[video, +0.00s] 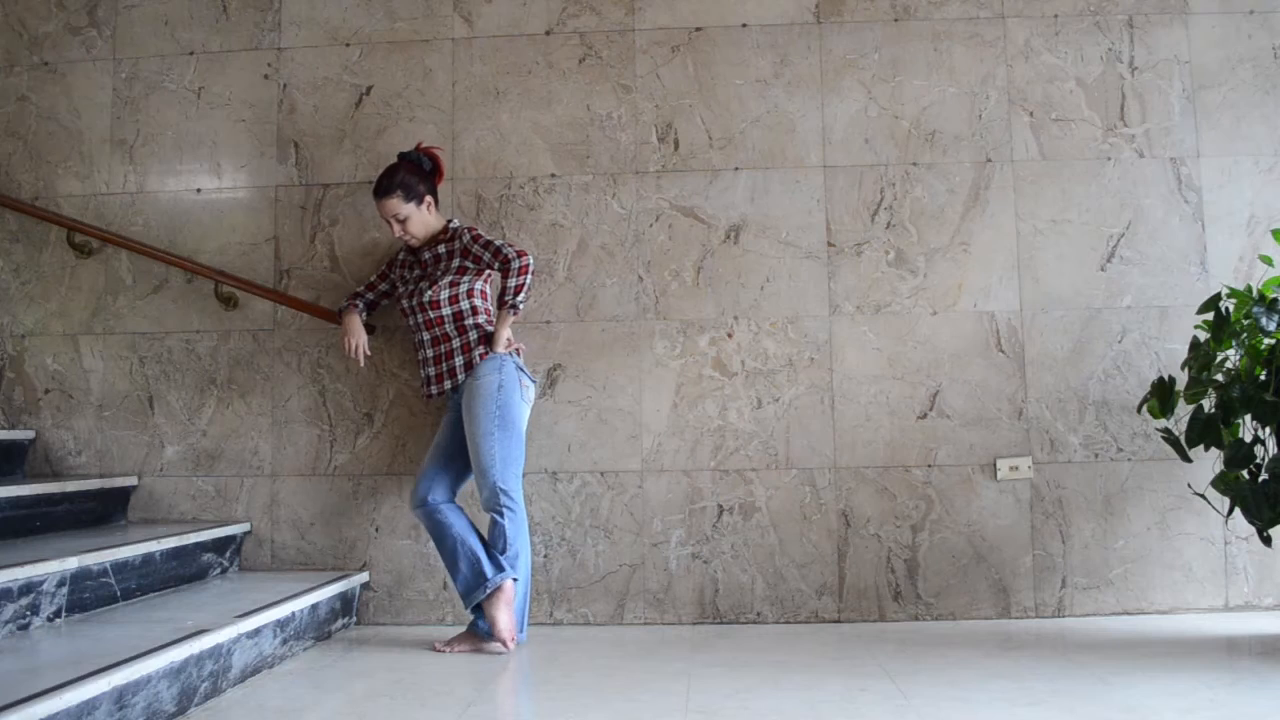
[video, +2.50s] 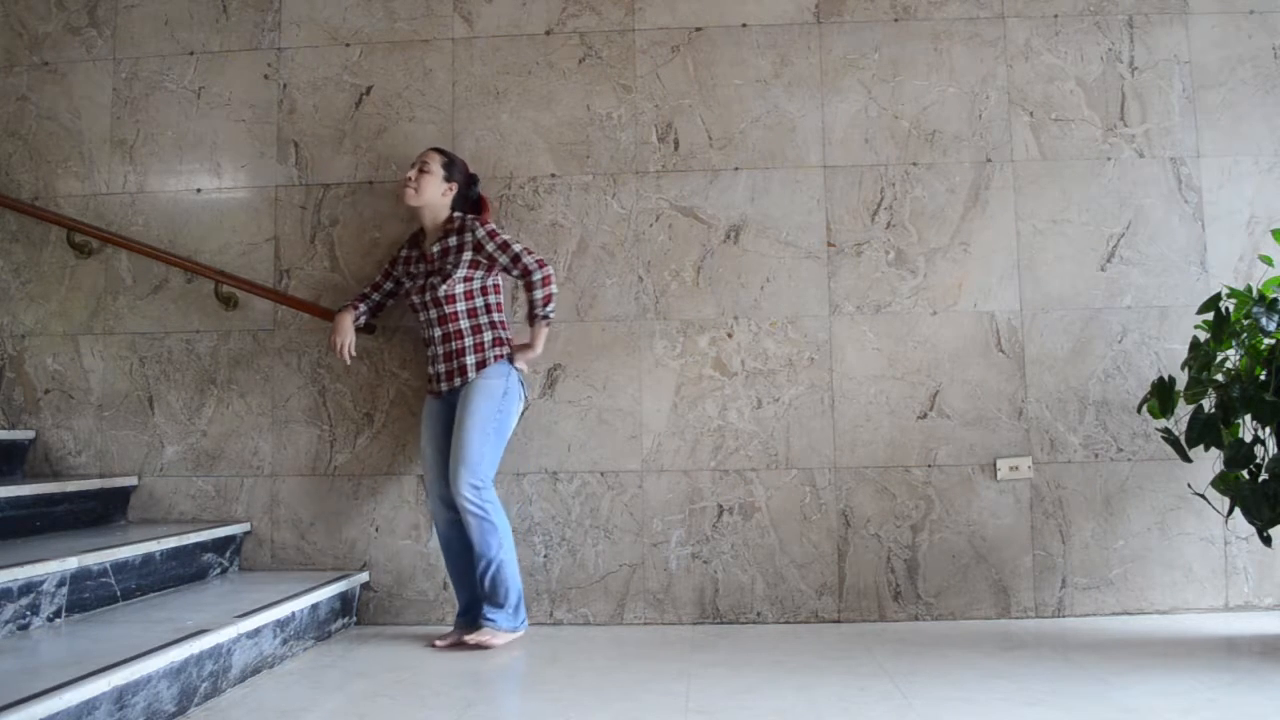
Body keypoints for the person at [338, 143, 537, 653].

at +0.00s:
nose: (397, 231)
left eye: (400, 219)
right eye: (389, 223)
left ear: (428, 202)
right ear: (391, 218)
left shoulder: (464, 239)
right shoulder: (405, 262)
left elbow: (517, 261)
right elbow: (364, 297)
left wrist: (505, 322)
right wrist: (352, 316)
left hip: (493, 371)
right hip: (460, 392)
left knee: (500, 492)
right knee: (430, 496)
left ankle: (499, 628)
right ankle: (494, 591)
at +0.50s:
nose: (395, 226)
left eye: (399, 213)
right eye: (388, 218)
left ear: (430, 200)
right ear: (388, 219)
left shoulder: (465, 239)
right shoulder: (402, 263)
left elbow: (523, 260)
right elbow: (363, 298)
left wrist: (511, 324)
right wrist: (351, 316)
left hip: (498, 372)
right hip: (461, 396)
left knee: (502, 493)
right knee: (423, 491)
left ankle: (496, 628)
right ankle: (489, 586)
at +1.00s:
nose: (391, 208)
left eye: (398, 197)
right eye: (388, 198)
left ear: (433, 195)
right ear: (410, 199)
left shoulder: (467, 238)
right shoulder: (405, 260)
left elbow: (525, 260)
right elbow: (368, 296)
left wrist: (516, 328)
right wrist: (347, 316)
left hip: (498, 375)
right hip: (461, 395)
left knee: (503, 496)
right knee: (410, 470)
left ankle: (503, 627)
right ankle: (462, 588)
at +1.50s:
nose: (400, 193)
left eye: (412, 186)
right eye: (404, 184)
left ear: (443, 201)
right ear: (430, 200)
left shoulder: (468, 243)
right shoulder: (407, 262)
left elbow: (524, 261)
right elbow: (368, 296)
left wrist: (516, 325)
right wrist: (349, 315)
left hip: (499, 373)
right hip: (460, 395)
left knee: (505, 495)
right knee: (435, 494)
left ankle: (502, 627)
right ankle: (473, 618)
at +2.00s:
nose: (408, 169)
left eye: (422, 166)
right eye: (413, 163)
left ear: (447, 189)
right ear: (421, 187)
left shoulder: (460, 228)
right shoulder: (405, 252)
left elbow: (503, 259)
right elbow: (376, 290)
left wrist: (503, 326)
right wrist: (350, 314)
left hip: (487, 365)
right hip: (448, 381)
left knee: (486, 490)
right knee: (448, 497)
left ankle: (499, 623)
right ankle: (474, 618)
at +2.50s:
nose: (409, 175)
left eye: (423, 170)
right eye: (410, 169)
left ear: (451, 189)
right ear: (412, 187)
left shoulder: (476, 233)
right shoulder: (409, 256)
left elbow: (537, 269)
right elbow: (375, 295)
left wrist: (536, 344)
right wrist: (347, 314)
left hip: (491, 374)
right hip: (442, 386)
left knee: (470, 486)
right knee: (443, 499)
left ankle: (505, 616)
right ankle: (472, 619)